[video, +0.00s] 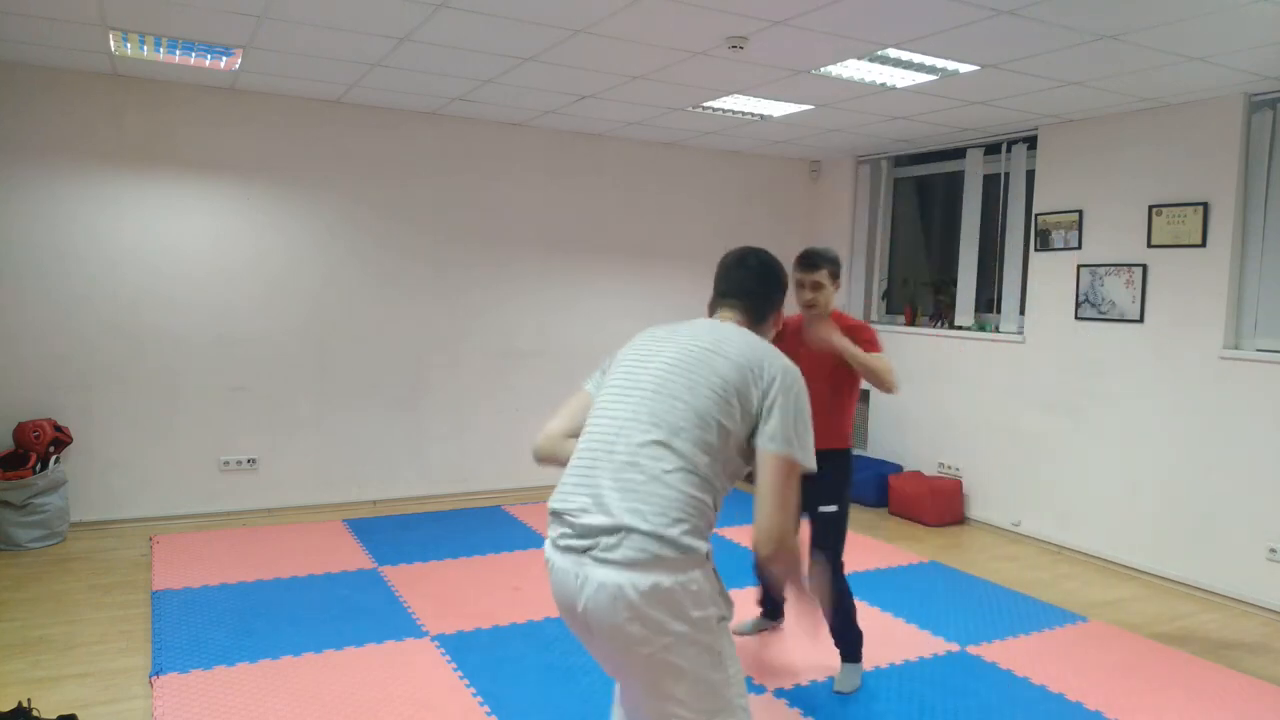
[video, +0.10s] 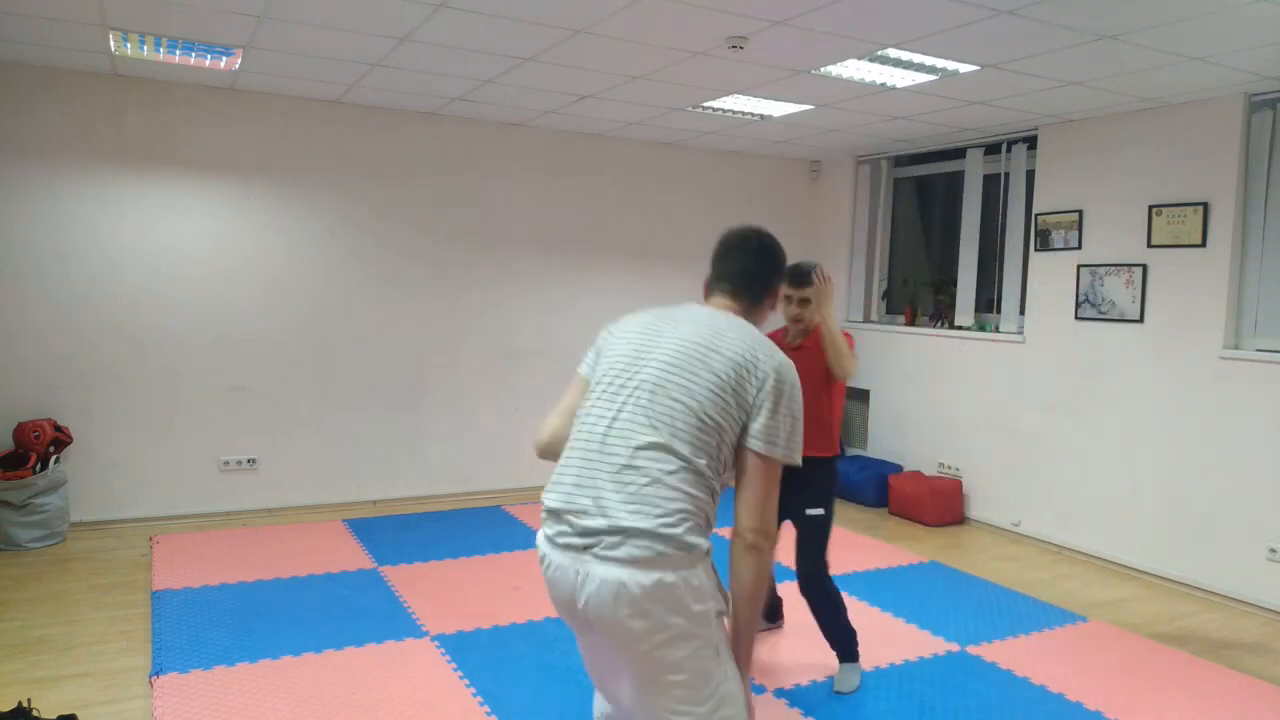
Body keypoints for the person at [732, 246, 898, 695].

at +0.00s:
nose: (809, 294)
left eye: (818, 286)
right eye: (802, 286)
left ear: (836, 287)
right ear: (792, 287)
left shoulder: (854, 331)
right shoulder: (779, 330)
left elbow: (887, 382)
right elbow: (750, 376)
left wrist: (841, 344)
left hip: (830, 455)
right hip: (781, 450)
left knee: (825, 560)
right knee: (770, 538)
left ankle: (851, 655)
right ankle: (770, 613)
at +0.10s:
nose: (795, 309)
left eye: (804, 301)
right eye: (788, 300)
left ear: (819, 303)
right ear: (777, 298)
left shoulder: (835, 339)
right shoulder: (768, 342)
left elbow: (843, 369)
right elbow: (746, 390)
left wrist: (825, 314)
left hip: (816, 466)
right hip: (770, 463)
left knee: (812, 572)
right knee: (751, 545)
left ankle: (848, 656)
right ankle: (767, 610)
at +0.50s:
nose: (768, 287)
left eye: (777, 280)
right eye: (761, 278)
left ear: (793, 284)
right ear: (751, 281)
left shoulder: (809, 330)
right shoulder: (734, 330)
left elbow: (808, 392)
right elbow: (726, 392)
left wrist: (760, 351)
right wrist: (723, 432)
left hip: (793, 455)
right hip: (749, 455)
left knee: (783, 561)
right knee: (750, 546)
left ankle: (772, 663)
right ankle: (767, 610)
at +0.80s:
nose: (770, 285)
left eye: (780, 278)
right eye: (763, 275)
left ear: (797, 284)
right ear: (754, 276)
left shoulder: (812, 337)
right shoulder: (731, 330)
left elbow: (831, 405)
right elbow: (708, 393)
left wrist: (768, 400)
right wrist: (737, 433)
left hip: (785, 462)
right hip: (739, 459)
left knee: (770, 571)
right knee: (729, 551)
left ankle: (763, 674)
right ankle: (757, 603)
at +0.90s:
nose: (770, 283)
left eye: (781, 276)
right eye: (764, 273)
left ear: (798, 282)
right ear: (755, 273)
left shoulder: (813, 336)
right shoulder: (734, 327)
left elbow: (836, 405)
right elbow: (713, 388)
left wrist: (785, 440)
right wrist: (724, 438)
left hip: (783, 465)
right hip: (737, 460)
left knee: (770, 570)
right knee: (725, 552)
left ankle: (761, 674)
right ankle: (759, 605)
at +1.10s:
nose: (779, 281)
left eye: (790, 274)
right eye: (773, 271)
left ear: (807, 280)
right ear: (763, 271)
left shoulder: (819, 336)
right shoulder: (742, 325)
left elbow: (837, 407)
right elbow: (720, 388)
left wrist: (854, 472)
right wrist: (702, 446)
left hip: (787, 463)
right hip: (742, 457)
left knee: (772, 573)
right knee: (728, 555)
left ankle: (761, 675)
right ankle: (780, 595)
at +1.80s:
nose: (835, 289)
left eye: (843, 283)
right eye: (834, 283)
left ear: (868, 288)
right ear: (834, 287)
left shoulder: (878, 342)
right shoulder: (817, 338)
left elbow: (873, 408)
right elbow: (793, 389)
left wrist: (833, 453)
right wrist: (765, 436)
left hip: (824, 449)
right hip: (788, 442)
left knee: (802, 546)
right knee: (785, 545)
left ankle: (820, 629)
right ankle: (809, 623)